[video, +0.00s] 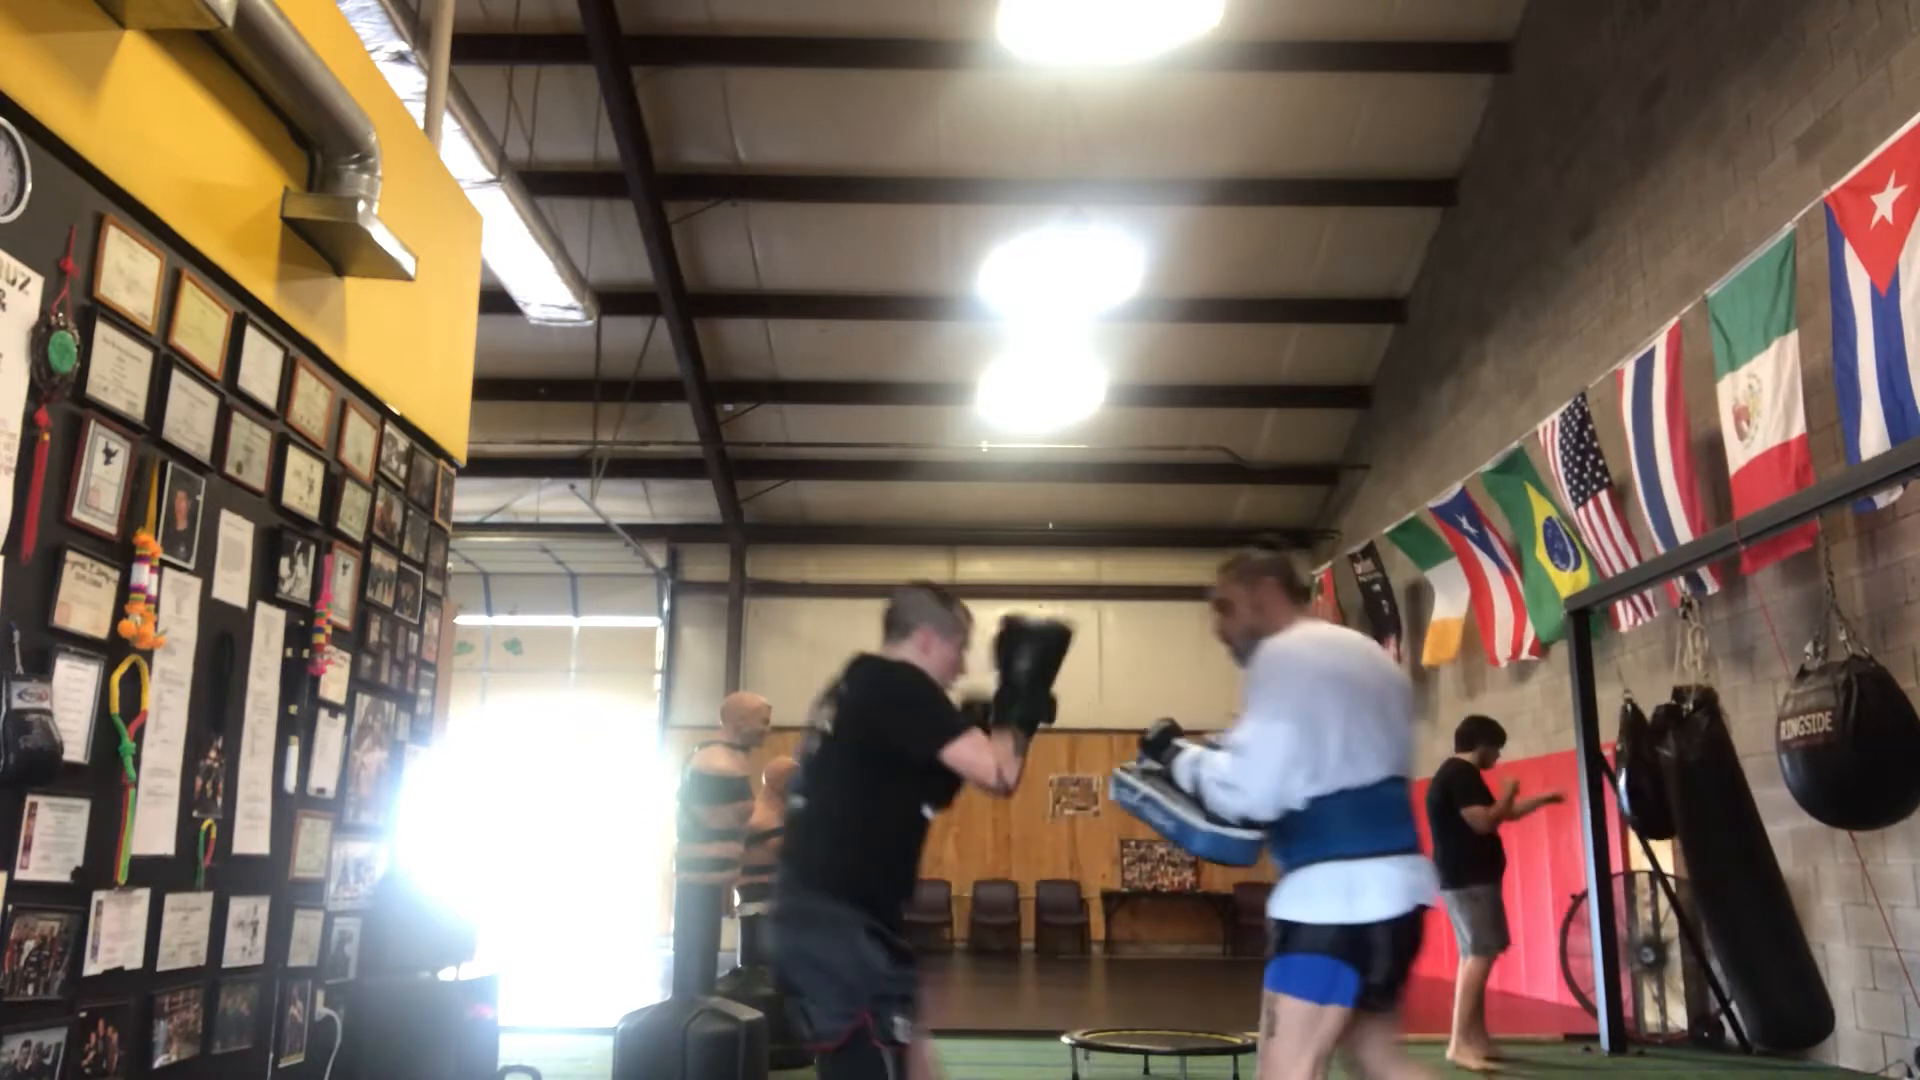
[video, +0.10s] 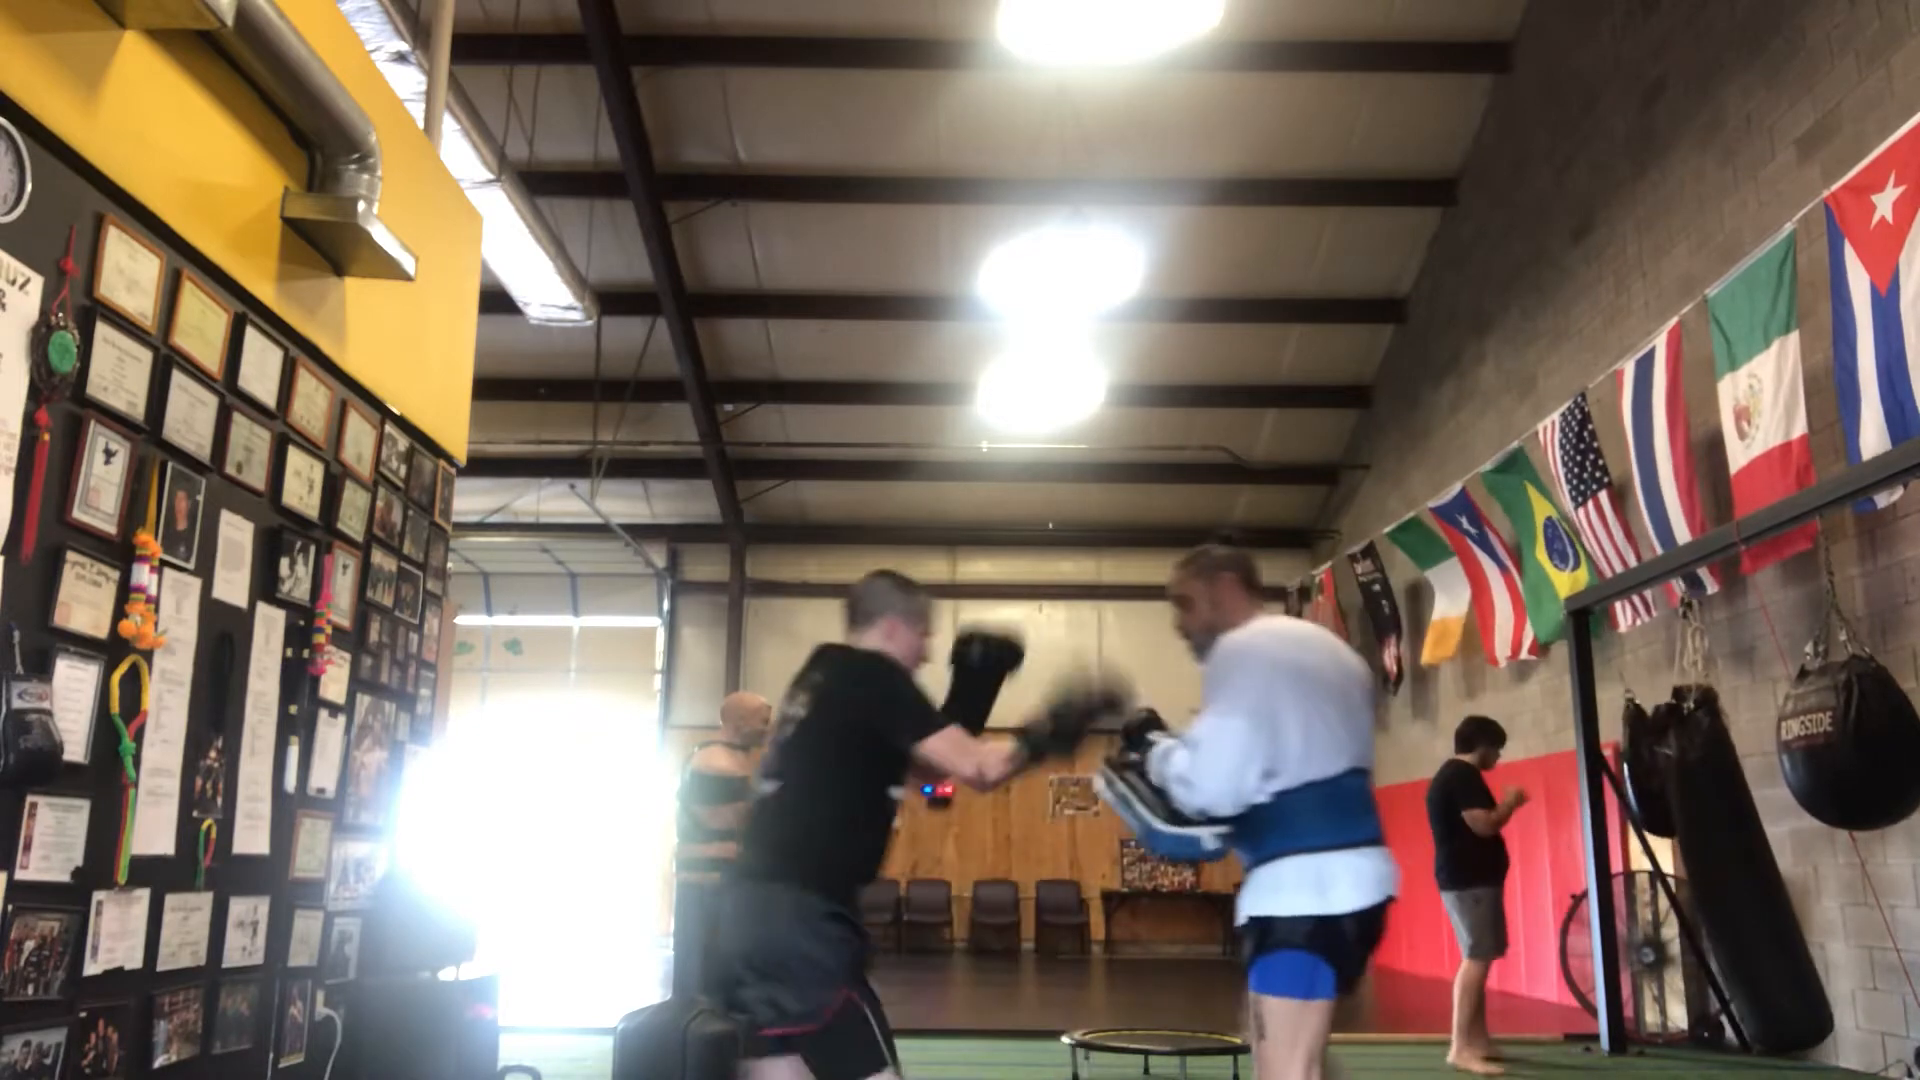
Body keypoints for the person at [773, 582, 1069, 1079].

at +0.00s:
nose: (962, 663)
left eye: (964, 650)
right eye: (959, 647)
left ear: (911, 636)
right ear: (926, 638)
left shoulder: (858, 683)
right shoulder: (897, 687)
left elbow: (934, 789)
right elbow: (1001, 773)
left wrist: (980, 724)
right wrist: (1019, 699)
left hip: (814, 921)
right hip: (845, 929)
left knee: (856, 1066)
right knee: (879, 1065)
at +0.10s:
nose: (925, 650)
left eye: (927, 636)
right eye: (923, 635)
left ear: (871, 625)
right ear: (893, 628)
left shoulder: (821, 672)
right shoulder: (873, 678)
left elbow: (923, 769)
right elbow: (980, 768)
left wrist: (972, 689)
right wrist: (1053, 733)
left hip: (752, 909)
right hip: (803, 918)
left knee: (777, 1065)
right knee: (869, 1068)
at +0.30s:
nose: (883, 630)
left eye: (883, 615)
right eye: (879, 614)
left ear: (841, 613)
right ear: (848, 612)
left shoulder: (856, 684)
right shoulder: (781, 685)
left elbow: (942, 718)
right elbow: (803, 811)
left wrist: (1024, 705)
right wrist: (885, 752)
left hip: (802, 928)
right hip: (751, 934)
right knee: (826, 1065)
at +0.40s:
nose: (880, 631)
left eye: (885, 617)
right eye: (882, 612)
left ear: (844, 591)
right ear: (850, 591)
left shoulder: (821, 662)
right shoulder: (779, 649)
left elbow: (861, 766)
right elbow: (858, 756)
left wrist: (911, 701)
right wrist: (919, 701)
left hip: (786, 886)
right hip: (747, 897)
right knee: (783, 1049)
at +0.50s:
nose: (866, 638)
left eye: (875, 623)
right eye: (872, 619)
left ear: (805, 589)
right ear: (851, 597)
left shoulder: (758, 645)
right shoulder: (796, 654)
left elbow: (816, 717)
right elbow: (887, 762)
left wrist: (881, 654)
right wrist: (941, 709)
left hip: (720, 896)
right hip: (752, 905)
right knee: (798, 1066)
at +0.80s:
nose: (835, 600)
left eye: (836, 587)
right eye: (834, 585)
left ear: (763, 574)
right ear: (813, 576)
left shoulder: (722, 647)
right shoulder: (811, 648)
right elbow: (913, 709)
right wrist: (942, 645)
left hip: (706, 891)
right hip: (773, 901)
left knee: (727, 1049)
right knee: (780, 1058)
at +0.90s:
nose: (833, 605)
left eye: (834, 592)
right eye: (834, 590)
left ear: (760, 580)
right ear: (814, 584)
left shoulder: (700, 653)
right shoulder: (827, 646)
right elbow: (926, 662)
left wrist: (839, 716)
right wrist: (941, 616)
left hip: (694, 912)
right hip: (786, 916)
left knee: (703, 1059)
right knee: (801, 1063)